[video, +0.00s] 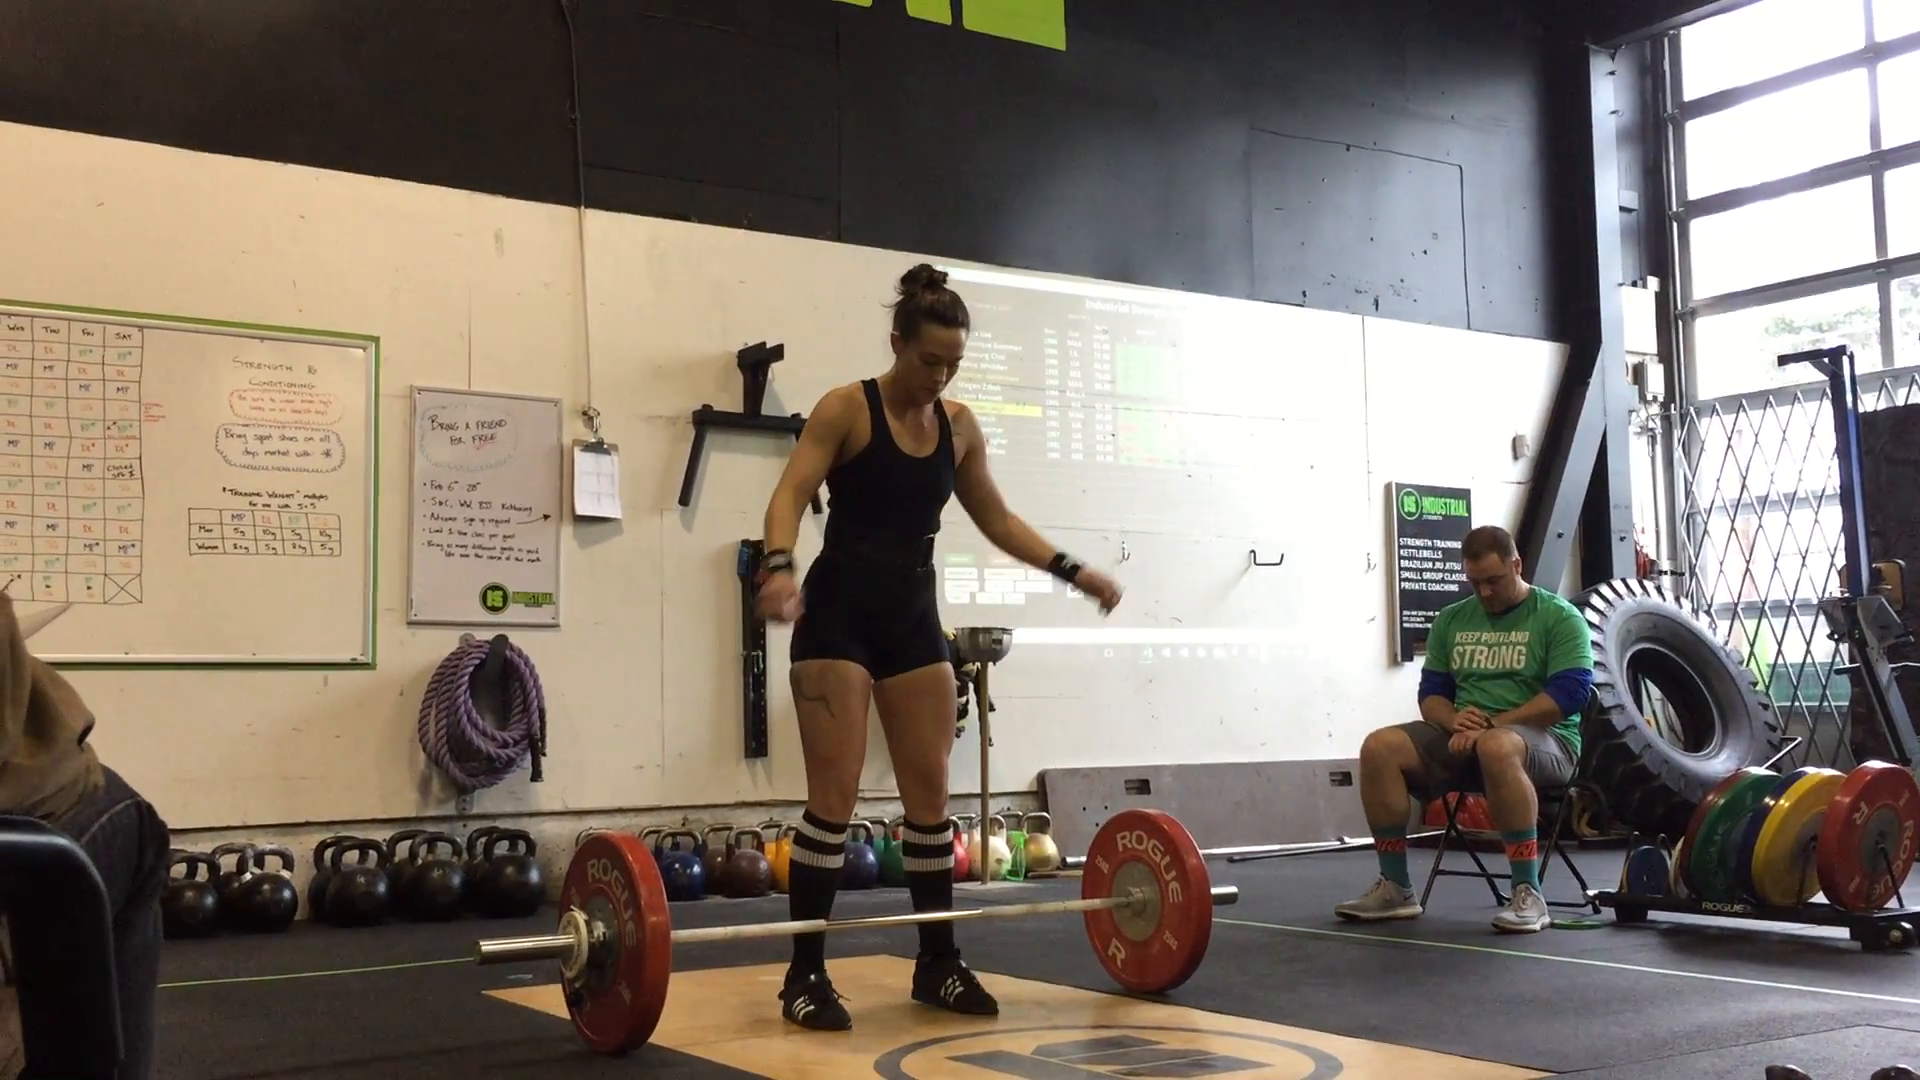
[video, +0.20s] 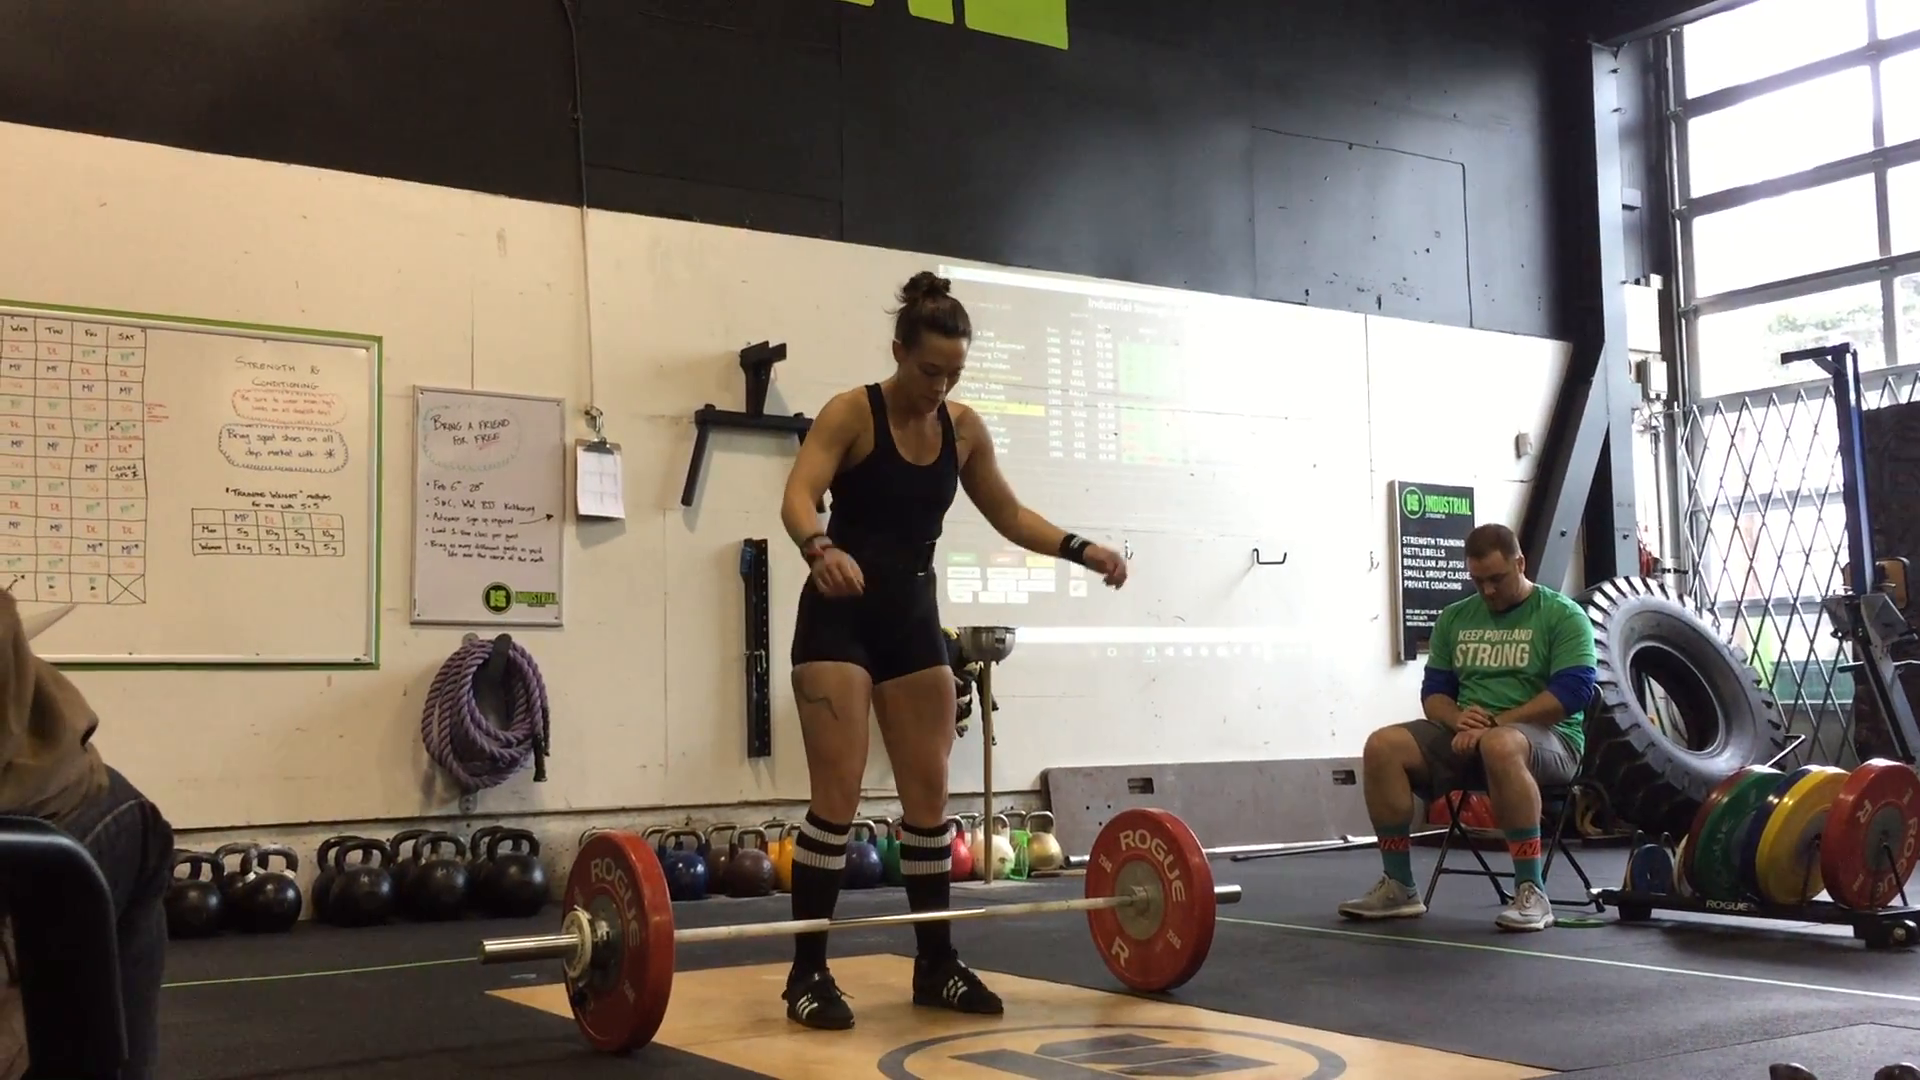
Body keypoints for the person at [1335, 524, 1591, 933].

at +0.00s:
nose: (1484, 593)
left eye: (1493, 581)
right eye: (1475, 583)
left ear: (1518, 565)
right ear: (1465, 573)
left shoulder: (1559, 616)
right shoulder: (1450, 620)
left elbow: (1571, 692)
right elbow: (1431, 695)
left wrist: (1491, 727)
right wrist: (1453, 719)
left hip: (1544, 740)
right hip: (1462, 739)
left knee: (1496, 747)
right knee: (1379, 748)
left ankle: (1527, 895)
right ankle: (1395, 888)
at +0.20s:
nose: (1488, 591)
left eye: (1496, 579)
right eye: (1478, 581)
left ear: (1521, 564)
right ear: (1468, 571)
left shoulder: (1563, 614)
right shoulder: (1453, 618)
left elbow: (1574, 690)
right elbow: (1434, 694)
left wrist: (1494, 726)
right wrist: (1456, 717)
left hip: (1548, 738)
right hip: (1466, 738)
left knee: (1500, 745)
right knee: (1382, 746)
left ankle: (1530, 894)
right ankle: (1399, 887)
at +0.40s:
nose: (1491, 588)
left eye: (1499, 577)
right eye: (1481, 579)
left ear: (1524, 561)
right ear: (1471, 570)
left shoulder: (1565, 612)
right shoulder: (1456, 616)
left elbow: (1576, 688)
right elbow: (1437, 692)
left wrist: (1497, 725)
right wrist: (1458, 715)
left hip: (1551, 736)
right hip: (1469, 736)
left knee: (1502, 744)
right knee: (1384, 745)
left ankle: (1533, 892)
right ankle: (1401, 886)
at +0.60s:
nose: (1491, 586)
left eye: (1500, 574)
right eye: (1482, 577)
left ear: (1525, 559)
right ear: (1472, 569)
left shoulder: (1566, 610)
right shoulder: (1456, 615)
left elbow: (1577, 687)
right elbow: (1438, 691)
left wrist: (1498, 723)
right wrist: (1461, 715)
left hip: (1551, 735)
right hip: (1470, 735)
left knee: (1503, 743)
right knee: (1385, 744)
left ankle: (1534, 890)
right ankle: (1403, 884)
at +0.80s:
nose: (1491, 584)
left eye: (1499, 572)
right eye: (1482, 575)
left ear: (1524, 558)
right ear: (1472, 567)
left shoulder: (1565, 609)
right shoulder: (1456, 614)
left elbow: (1577, 685)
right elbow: (1438, 690)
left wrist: (1497, 722)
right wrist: (1461, 714)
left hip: (1552, 734)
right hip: (1470, 734)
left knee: (1503, 742)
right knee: (1385, 743)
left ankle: (1534, 889)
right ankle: (1403, 883)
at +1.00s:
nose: (1489, 583)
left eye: (1498, 571)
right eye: (1480, 574)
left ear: (1523, 557)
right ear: (1471, 566)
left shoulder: (1565, 609)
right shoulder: (1455, 614)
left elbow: (1574, 686)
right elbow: (1437, 689)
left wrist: (1496, 722)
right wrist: (1459, 713)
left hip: (1550, 734)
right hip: (1469, 733)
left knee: (1502, 741)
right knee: (1384, 742)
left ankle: (1532, 888)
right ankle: (1401, 882)